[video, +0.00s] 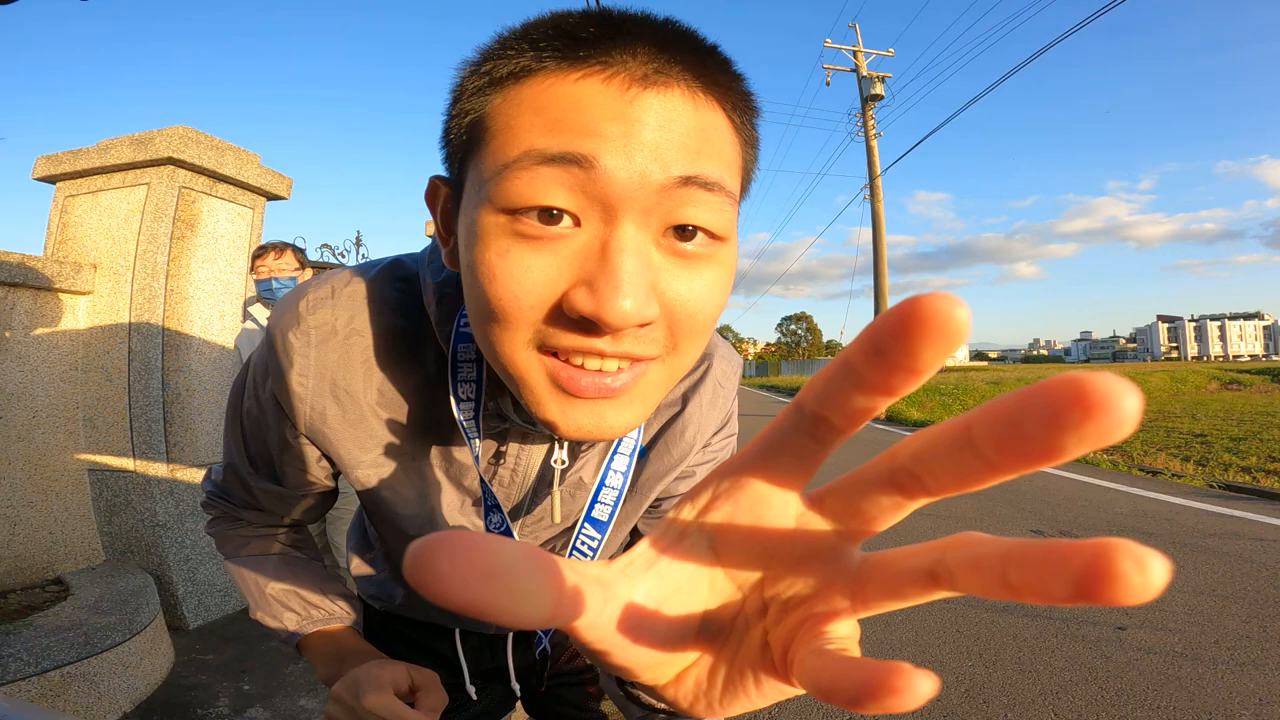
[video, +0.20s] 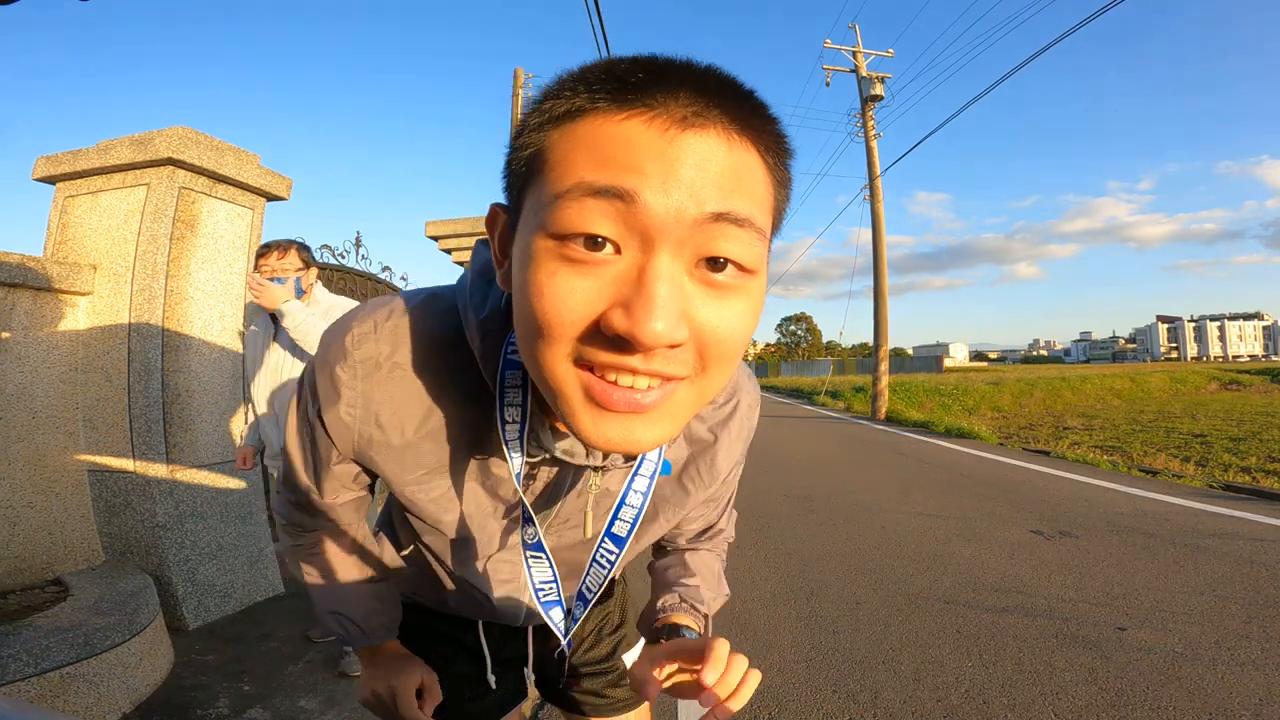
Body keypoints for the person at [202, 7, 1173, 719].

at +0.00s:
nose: (615, 301)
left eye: (685, 236)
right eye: (546, 216)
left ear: (734, 261)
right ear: (448, 227)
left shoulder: (713, 384)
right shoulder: (326, 348)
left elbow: (690, 543)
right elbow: (253, 524)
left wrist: (668, 637)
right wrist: (339, 660)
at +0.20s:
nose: (650, 326)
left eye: (720, 263)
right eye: (595, 241)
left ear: (762, 289)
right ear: (505, 249)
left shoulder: (725, 407)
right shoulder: (373, 363)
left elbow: (698, 534)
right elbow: (314, 505)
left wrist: (680, 627)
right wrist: (374, 645)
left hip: (598, 591)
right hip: (451, 601)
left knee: (615, 705)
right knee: (460, 709)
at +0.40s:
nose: (694, 368)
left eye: (754, 320)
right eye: (652, 299)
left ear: (796, 340)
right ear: (582, 301)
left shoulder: (762, 442)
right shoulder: (449, 415)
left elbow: (711, 528)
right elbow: (389, 534)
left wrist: (691, 606)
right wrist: (397, 614)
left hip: (633, 583)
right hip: (495, 585)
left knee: (637, 705)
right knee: (518, 708)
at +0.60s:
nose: (718, 367)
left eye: (771, 330)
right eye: (686, 313)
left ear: (809, 352)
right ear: (630, 314)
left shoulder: (776, 450)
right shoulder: (502, 420)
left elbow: (691, 515)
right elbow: (440, 528)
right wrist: (494, 574)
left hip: (644, 578)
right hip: (523, 585)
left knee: (658, 707)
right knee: (533, 707)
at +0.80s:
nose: (729, 350)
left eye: (774, 320)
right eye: (696, 304)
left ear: (809, 345)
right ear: (644, 315)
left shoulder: (777, 445)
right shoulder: (524, 413)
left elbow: (700, 514)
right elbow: (444, 523)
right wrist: (482, 586)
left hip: (646, 577)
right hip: (528, 584)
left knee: (666, 709)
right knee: (538, 710)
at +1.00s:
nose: (665, 355)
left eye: (708, 325)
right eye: (640, 314)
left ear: (770, 326)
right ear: (614, 299)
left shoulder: (767, 432)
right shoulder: (520, 401)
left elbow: (716, 528)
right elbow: (450, 518)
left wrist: (676, 569)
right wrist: (486, 583)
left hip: (653, 581)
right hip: (531, 586)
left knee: (674, 710)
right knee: (533, 708)